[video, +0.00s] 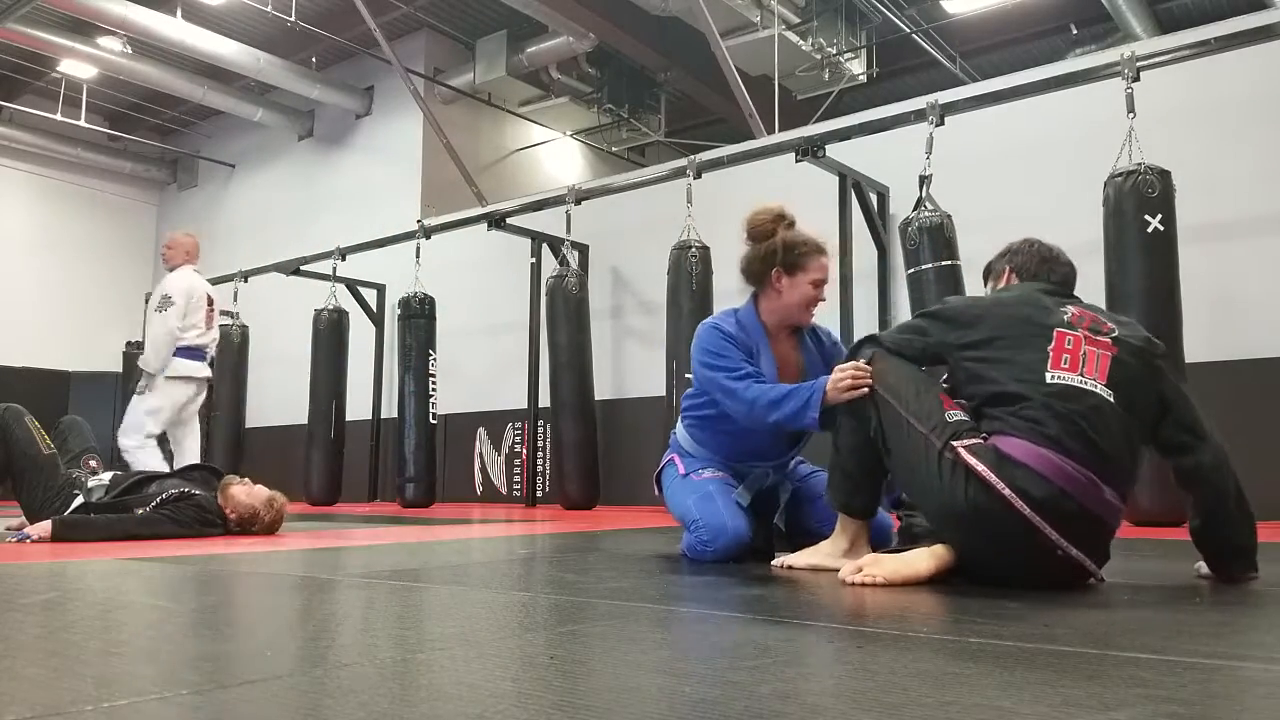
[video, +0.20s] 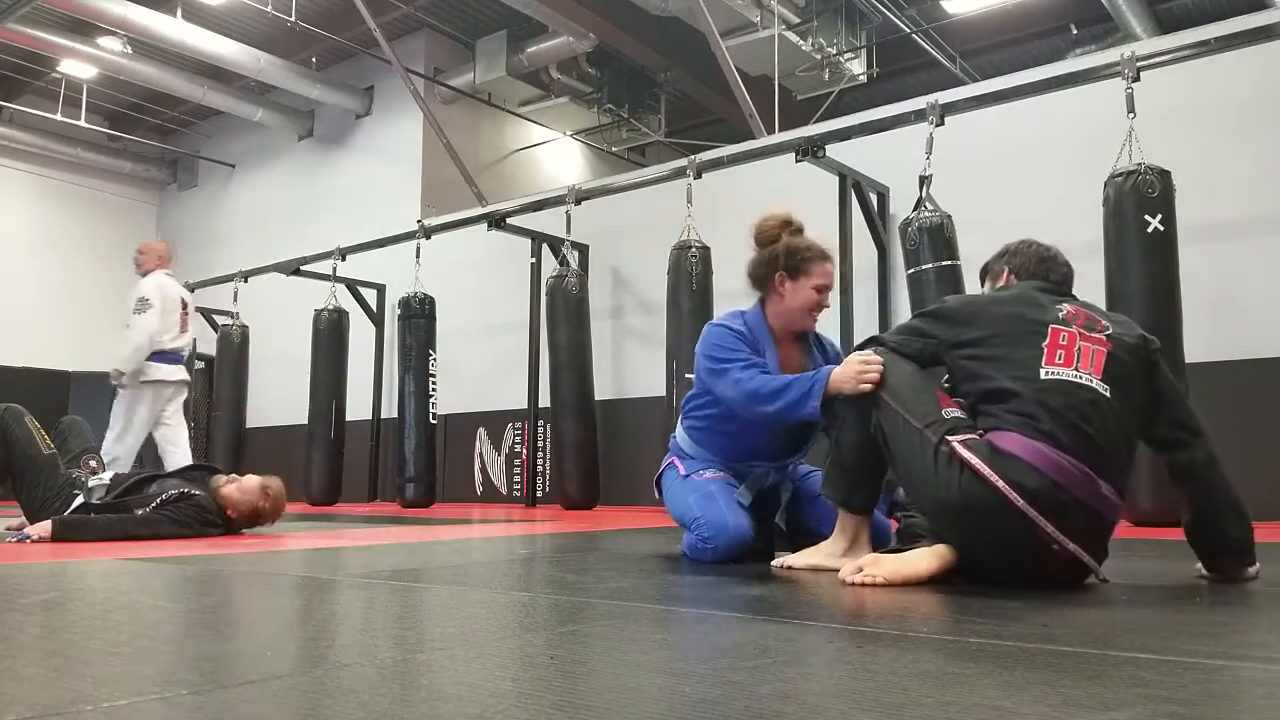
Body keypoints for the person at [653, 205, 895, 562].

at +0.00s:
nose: (823, 296)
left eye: (823, 286)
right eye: (816, 285)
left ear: (785, 282)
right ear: (779, 280)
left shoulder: (822, 344)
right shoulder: (716, 336)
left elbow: (859, 422)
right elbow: (750, 403)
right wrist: (821, 393)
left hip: (778, 469)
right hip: (701, 465)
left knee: (878, 532)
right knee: (728, 538)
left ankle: (774, 524)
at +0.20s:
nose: (826, 303)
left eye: (828, 293)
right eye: (819, 290)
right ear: (782, 284)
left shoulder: (825, 353)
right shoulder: (722, 336)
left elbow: (853, 428)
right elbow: (748, 394)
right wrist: (830, 381)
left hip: (781, 471)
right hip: (702, 467)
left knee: (876, 534)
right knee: (730, 537)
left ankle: (776, 523)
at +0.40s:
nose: (848, 315)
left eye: (852, 306)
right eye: (843, 303)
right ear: (808, 292)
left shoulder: (841, 358)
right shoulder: (742, 342)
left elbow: (866, 430)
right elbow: (768, 404)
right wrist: (846, 381)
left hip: (785, 472)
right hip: (705, 466)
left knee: (876, 533)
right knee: (731, 537)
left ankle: (775, 522)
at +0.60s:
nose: (857, 325)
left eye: (861, 315)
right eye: (853, 311)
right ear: (817, 297)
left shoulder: (843, 358)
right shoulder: (746, 347)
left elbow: (871, 433)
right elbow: (776, 415)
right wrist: (847, 387)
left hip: (785, 473)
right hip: (706, 466)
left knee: (875, 532)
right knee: (732, 537)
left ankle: (775, 528)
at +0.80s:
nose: (857, 323)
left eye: (863, 312)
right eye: (855, 309)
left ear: (820, 298)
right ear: (819, 296)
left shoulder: (842, 357)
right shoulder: (747, 349)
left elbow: (871, 435)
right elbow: (774, 441)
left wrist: (917, 507)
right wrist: (829, 396)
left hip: (783, 470)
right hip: (703, 465)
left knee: (874, 532)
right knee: (731, 537)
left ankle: (775, 517)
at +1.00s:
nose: (871, 311)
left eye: (875, 301)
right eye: (867, 299)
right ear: (830, 287)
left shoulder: (848, 349)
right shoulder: (755, 340)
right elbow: (776, 441)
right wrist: (825, 394)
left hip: (789, 463)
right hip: (710, 454)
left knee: (879, 534)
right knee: (727, 540)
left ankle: (777, 525)